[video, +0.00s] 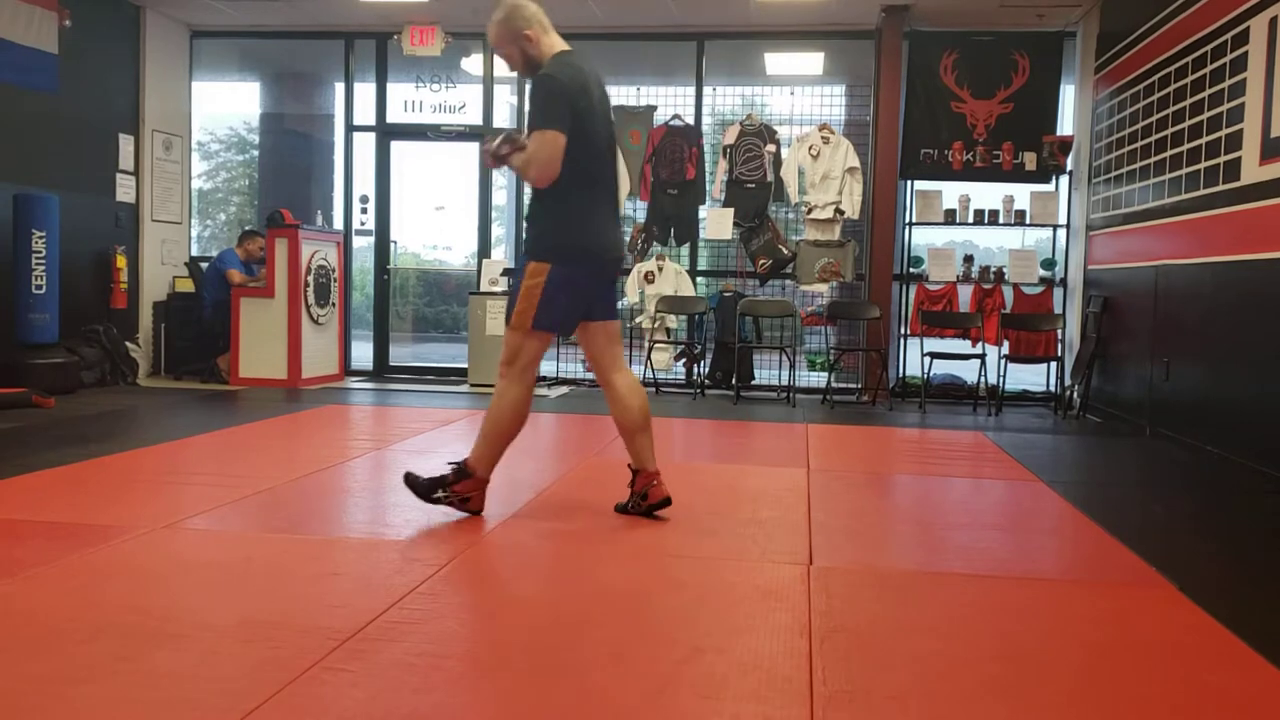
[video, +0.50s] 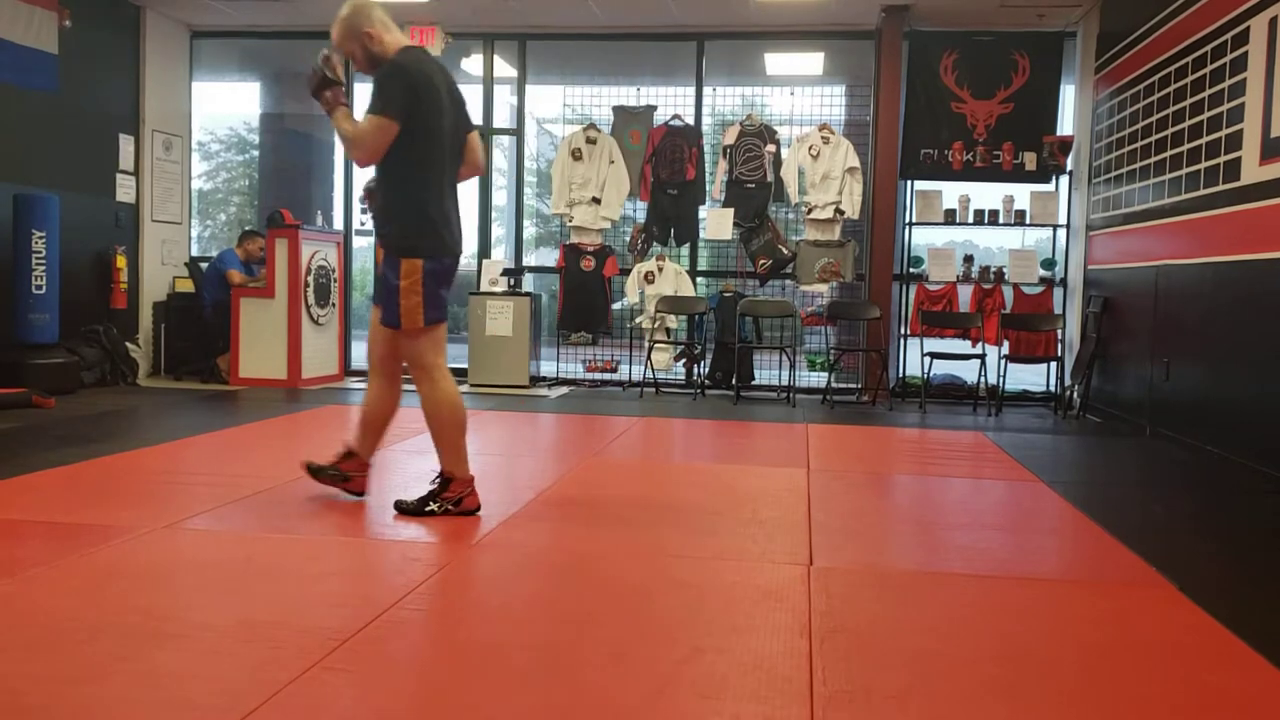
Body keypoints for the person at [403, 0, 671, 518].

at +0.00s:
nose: (511, 68)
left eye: (507, 56)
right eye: (505, 59)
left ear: (529, 38)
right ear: (540, 34)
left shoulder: (554, 80)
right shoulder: (587, 77)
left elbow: (542, 171)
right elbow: (608, 175)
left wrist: (511, 152)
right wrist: (525, 149)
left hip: (558, 251)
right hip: (599, 248)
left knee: (516, 368)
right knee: (612, 366)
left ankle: (471, 481)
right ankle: (648, 482)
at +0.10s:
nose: (473, 68)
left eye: (470, 56)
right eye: (467, 59)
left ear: (493, 36)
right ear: (502, 34)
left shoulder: (517, 83)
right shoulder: (552, 77)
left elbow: (514, 175)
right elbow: (548, 169)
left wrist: (472, 174)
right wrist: (487, 166)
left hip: (517, 253)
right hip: (562, 250)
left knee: (487, 372)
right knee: (579, 364)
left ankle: (462, 487)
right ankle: (636, 470)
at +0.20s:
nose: (438, 64)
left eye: (436, 52)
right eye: (432, 55)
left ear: (458, 33)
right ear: (471, 28)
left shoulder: (481, 75)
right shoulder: (523, 73)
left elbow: (477, 165)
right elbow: (540, 167)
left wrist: (441, 170)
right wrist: (460, 177)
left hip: (487, 242)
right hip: (526, 241)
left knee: (467, 364)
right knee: (516, 351)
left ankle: (461, 486)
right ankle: (585, 439)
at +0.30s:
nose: (408, 58)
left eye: (405, 46)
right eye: (402, 50)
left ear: (427, 26)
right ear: (441, 22)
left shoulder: (451, 68)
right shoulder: (500, 73)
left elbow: (444, 156)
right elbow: (526, 162)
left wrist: (408, 153)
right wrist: (445, 171)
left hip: (462, 241)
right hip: (492, 238)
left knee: (458, 361)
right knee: (467, 348)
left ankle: (460, 486)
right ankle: (516, 441)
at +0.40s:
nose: (385, 61)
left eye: (382, 50)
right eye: (379, 54)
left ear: (399, 30)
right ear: (415, 24)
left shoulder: (426, 67)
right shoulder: (468, 72)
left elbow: (409, 151)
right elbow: (500, 160)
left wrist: (366, 130)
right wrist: (419, 174)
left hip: (440, 241)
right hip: (456, 237)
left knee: (446, 360)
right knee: (410, 341)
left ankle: (461, 488)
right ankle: (435, 462)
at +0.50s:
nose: (356, 70)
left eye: (353, 59)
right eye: (351, 63)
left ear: (370, 37)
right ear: (383, 34)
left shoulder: (403, 71)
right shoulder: (436, 74)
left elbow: (364, 150)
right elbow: (472, 160)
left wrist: (336, 107)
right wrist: (397, 186)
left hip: (416, 243)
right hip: (415, 240)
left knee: (427, 365)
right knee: (384, 358)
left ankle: (458, 486)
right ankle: (355, 465)